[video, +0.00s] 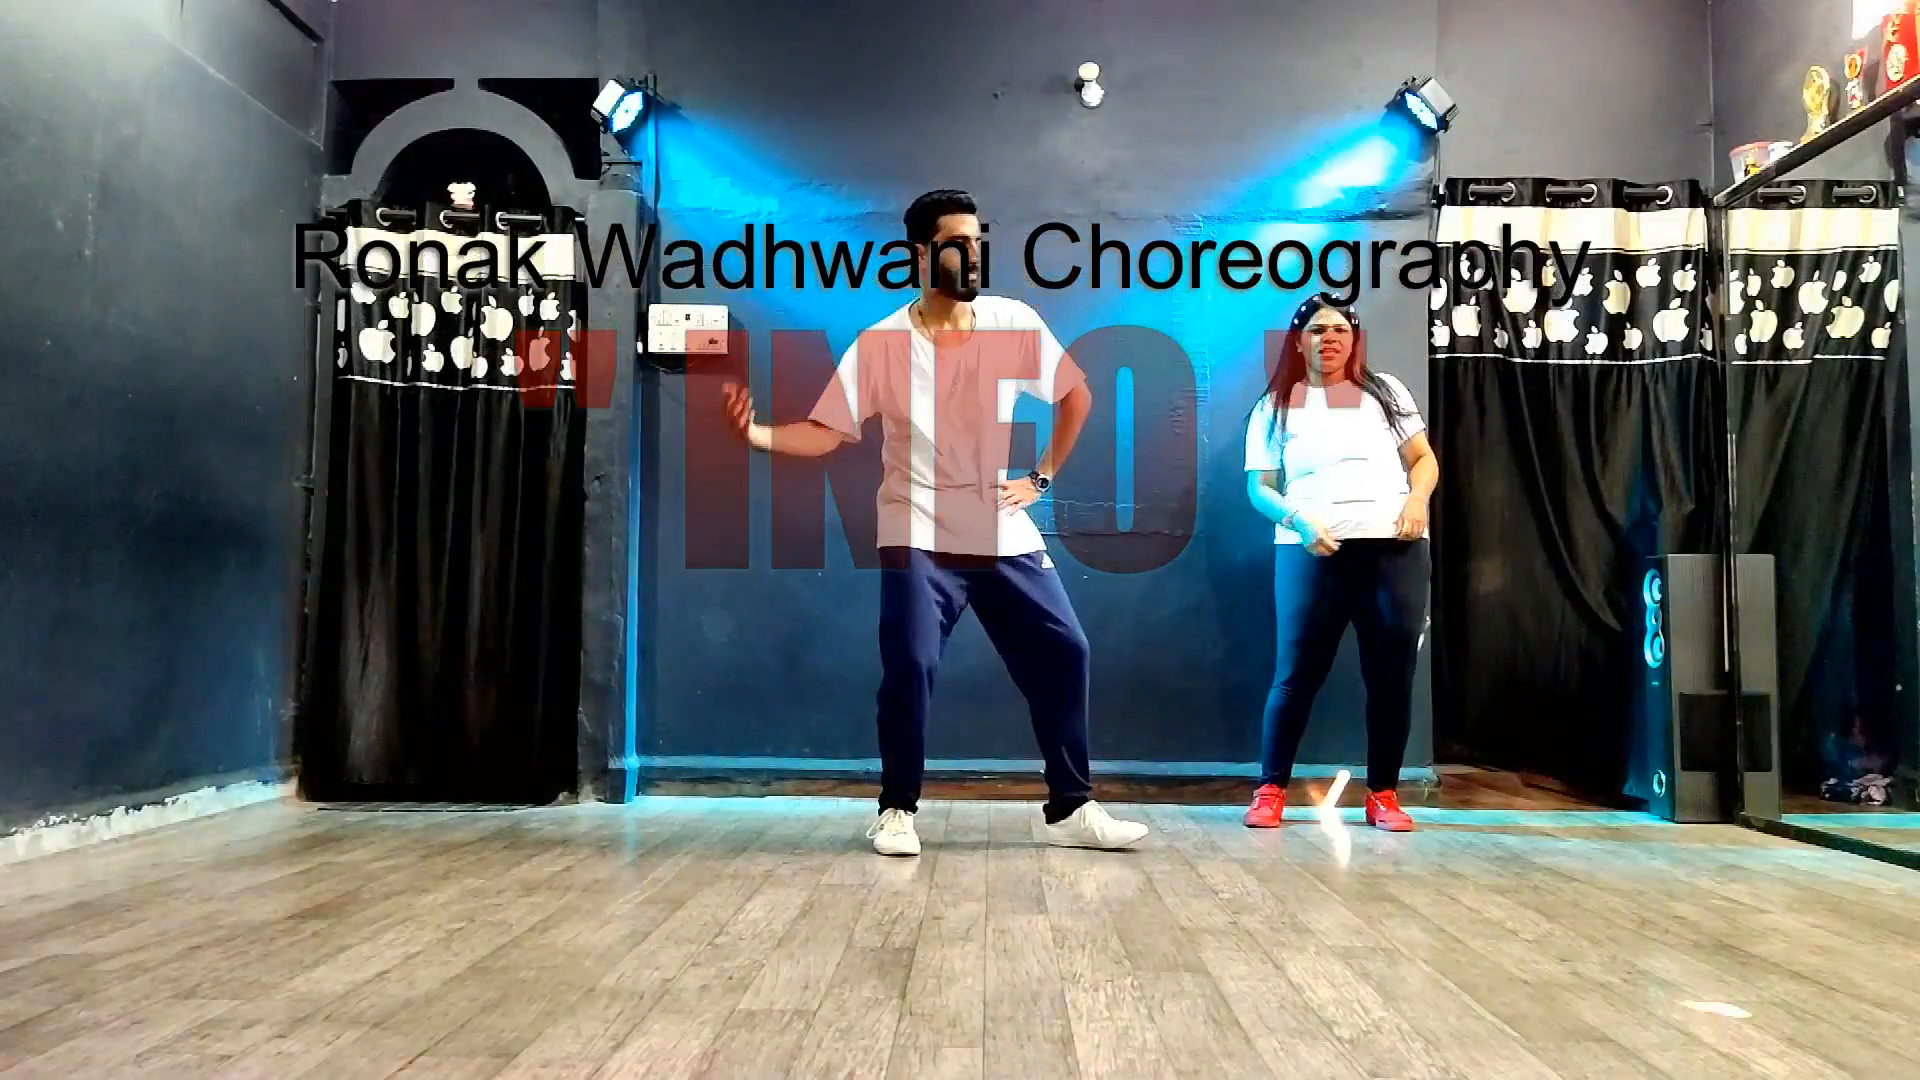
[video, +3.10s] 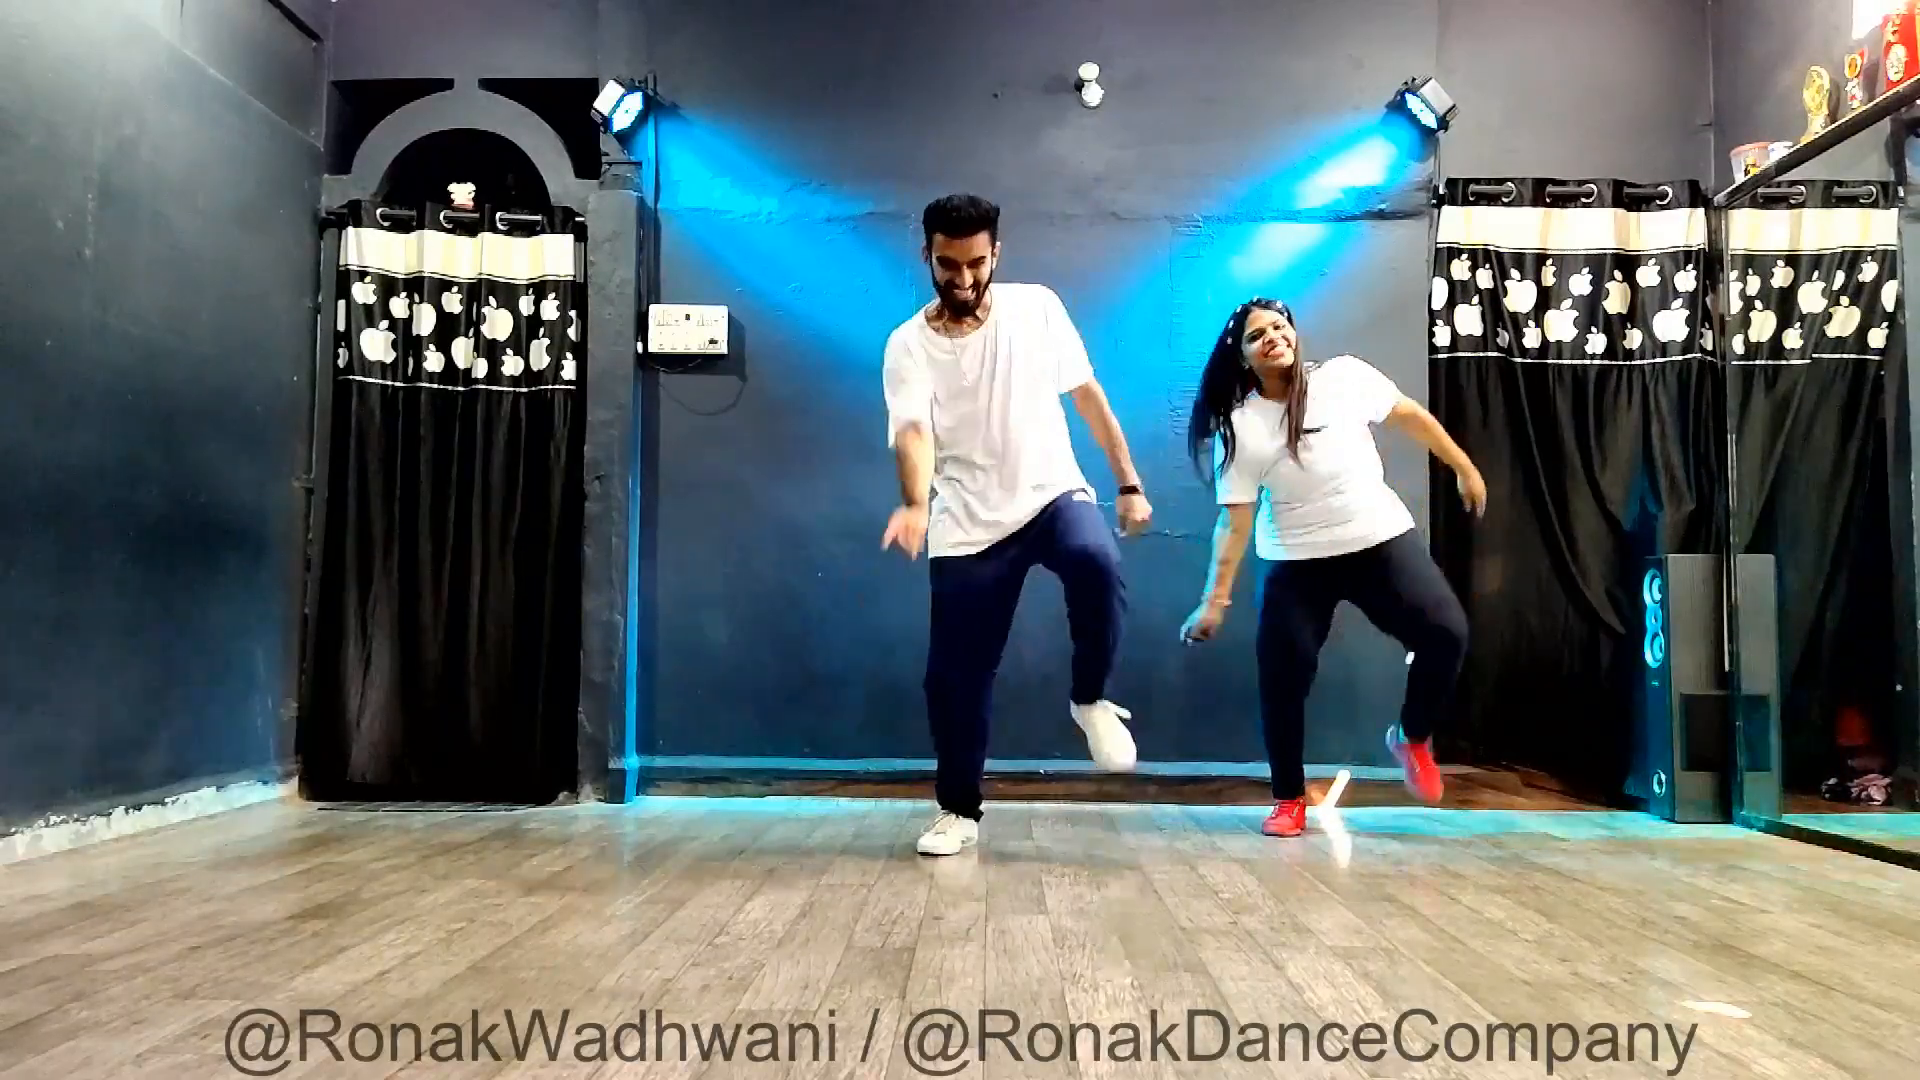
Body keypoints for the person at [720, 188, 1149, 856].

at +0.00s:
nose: (972, 257)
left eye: (978, 245)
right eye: (956, 246)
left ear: (984, 252)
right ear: (920, 255)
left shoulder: (1014, 325)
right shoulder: (880, 345)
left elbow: (1076, 394)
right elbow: (827, 431)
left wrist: (1044, 475)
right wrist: (752, 432)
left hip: (1002, 527)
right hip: (917, 530)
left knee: (1065, 649)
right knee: (911, 661)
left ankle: (1069, 805)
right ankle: (898, 809)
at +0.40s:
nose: (970, 276)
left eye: (983, 264)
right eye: (956, 263)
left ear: (1001, 269)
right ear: (935, 268)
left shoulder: (1042, 332)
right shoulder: (906, 341)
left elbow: (1122, 397)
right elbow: (878, 397)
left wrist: (1066, 474)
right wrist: (860, 442)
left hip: (1018, 514)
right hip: (933, 514)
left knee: (1040, 656)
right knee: (900, 647)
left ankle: (1076, 804)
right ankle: (887, 807)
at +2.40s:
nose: (1044, 235)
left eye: (1052, 224)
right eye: (1030, 224)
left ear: (1059, 233)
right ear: (996, 233)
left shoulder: (1081, 299)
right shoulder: (962, 320)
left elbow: (1080, 386)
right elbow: (959, 409)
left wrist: (1046, 455)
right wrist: (944, 481)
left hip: (1078, 519)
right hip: (995, 520)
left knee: (1095, 667)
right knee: (972, 665)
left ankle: (1110, 801)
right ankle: (943, 811)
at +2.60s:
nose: (1056, 238)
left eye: (1069, 228)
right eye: (1044, 225)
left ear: (1085, 240)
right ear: (1023, 236)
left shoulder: (1108, 311)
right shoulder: (990, 321)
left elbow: (1081, 402)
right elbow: (981, 416)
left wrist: (975, 396)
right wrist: (965, 459)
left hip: (1087, 523)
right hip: (1007, 519)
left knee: (1096, 672)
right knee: (973, 650)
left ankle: (1105, 802)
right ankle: (949, 807)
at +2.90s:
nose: (992, 248)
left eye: (1005, 235)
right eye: (978, 236)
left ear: (1025, 236)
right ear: (960, 242)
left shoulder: (1052, 270)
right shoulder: (940, 323)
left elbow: (1122, 300)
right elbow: (905, 394)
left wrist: (1056, 372)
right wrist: (871, 454)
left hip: (1077, 508)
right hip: (992, 515)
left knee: (1096, 661)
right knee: (963, 649)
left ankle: (1108, 800)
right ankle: (957, 803)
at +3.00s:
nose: (972, 287)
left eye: (983, 270)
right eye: (956, 274)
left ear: (1002, 253)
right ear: (935, 263)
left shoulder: (1044, 297)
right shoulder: (914, 352)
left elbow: (1109, 369)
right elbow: (908, 452)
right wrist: (893, 542)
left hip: (1068, 514)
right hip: (977, 530)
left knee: (1111, 643)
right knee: (959, 669)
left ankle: (1115, 775)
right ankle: (957, 812)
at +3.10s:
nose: (963, 279)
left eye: (975, 265)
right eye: (949, 265)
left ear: (995, 255)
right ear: (929, 258)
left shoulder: (1036, 308)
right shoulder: (908, 344)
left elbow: (1086, 395)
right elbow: (913, 430)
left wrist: (1129, 483)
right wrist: (915, 503)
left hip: (1053, 495)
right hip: (967, 519)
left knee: (1094, 558)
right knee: (955, 674)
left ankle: (1092, 701)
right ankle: (959, 812)